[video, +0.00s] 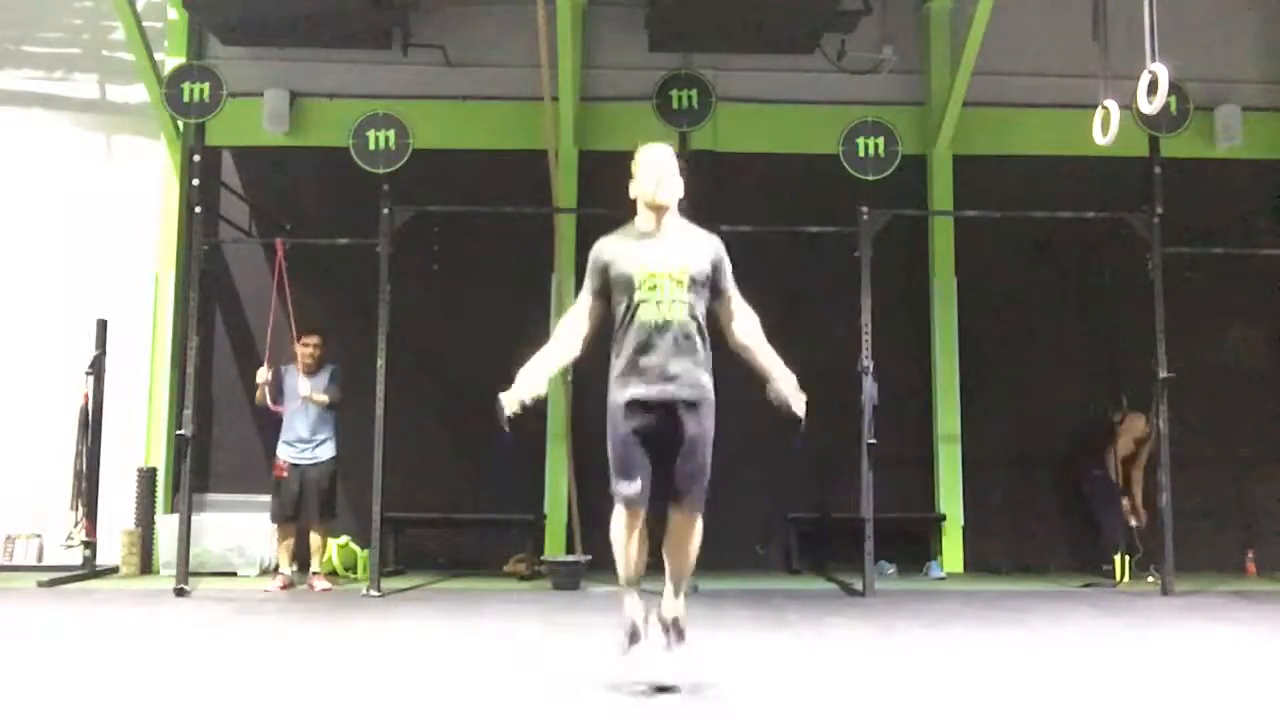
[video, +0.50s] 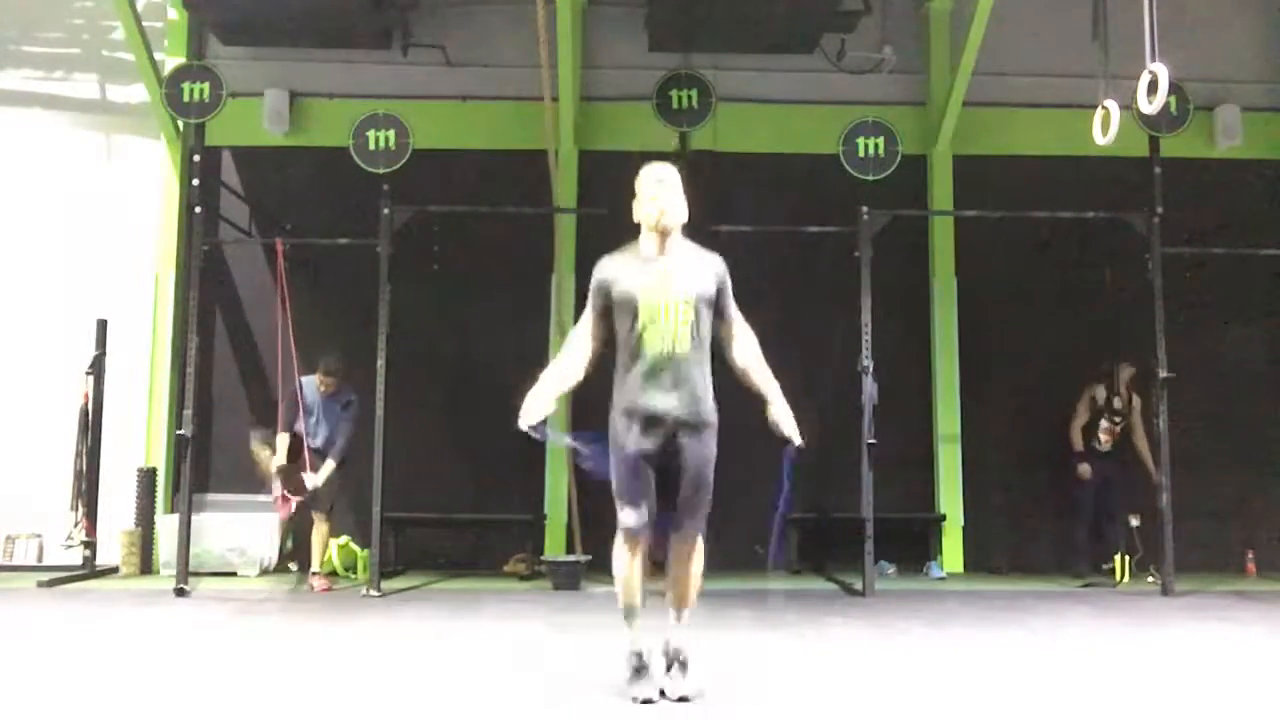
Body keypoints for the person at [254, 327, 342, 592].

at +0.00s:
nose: (310, 351)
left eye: (315, 347)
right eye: (305, 345)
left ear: (322, 351)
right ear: (296, 348)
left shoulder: (330, 373)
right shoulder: (284, 373)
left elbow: (333, 398)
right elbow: (263, 403)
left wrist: (311, 396)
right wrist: (263, 385)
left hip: (320, 453)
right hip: (288, 452)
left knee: (318, 517)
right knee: (285, 516)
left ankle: (316, 572)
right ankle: (284, 572)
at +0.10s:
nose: (312, 355)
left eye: (317, 351)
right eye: (308, 349)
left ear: (325, 355)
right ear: (298, 352)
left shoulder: (334, 376)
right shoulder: (285, 376)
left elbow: (334, 403)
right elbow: (269, 414)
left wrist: (317, 410)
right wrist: (262, 400)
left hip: (323, 455)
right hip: (291, 454)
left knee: (319, 517)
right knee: (287, 516)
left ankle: (316, 573)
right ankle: (284, 572)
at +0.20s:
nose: (315, 362)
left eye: (320, 357)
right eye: (311, 357)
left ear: (328, 359)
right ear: (302, 357)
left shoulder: (337, 381)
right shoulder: (288, 379)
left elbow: (337, 408)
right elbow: (274, 402)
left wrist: (325, 422)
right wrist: (265, 410)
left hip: (326, 458)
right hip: (293, 458)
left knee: (324, 516)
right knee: (286, 515)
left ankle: (316, 573)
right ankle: (284, 571)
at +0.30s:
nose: (319, 372)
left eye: (324, 367)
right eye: (314, 366)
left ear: (332, 367)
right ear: (306, 365)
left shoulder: (341, 388)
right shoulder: (294, 381)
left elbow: (339, 417)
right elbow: (278, 406)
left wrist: (324, 437)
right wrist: (269, 421)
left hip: (327, 462)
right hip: (294, 460)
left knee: (325, 517)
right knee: (278, 511)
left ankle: (316, 574)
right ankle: (276, 567)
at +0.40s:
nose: (320, 381)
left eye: (326, 376)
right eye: (316, 375)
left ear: (338, 374)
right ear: (311, 370)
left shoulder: (345, 395)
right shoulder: (298, 384)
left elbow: (340, 430)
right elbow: (281, 415)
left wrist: (320, 459)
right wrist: (273, 440)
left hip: (325, 456)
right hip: (293, 452)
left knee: (324, 515)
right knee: (262, 465)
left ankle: (316, 572)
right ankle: (269, 529)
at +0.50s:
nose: (322, 388)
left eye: (328, 385)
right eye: (320, 382)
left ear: (340, 381)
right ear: (316, 375)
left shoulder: (349, 401)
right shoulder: (301, 386)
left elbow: (342, 441)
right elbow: (285, 423)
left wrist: (321, 475)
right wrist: (280, 460)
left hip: (328, 457)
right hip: (298, 449)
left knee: (321, 514)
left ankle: (316, 571)